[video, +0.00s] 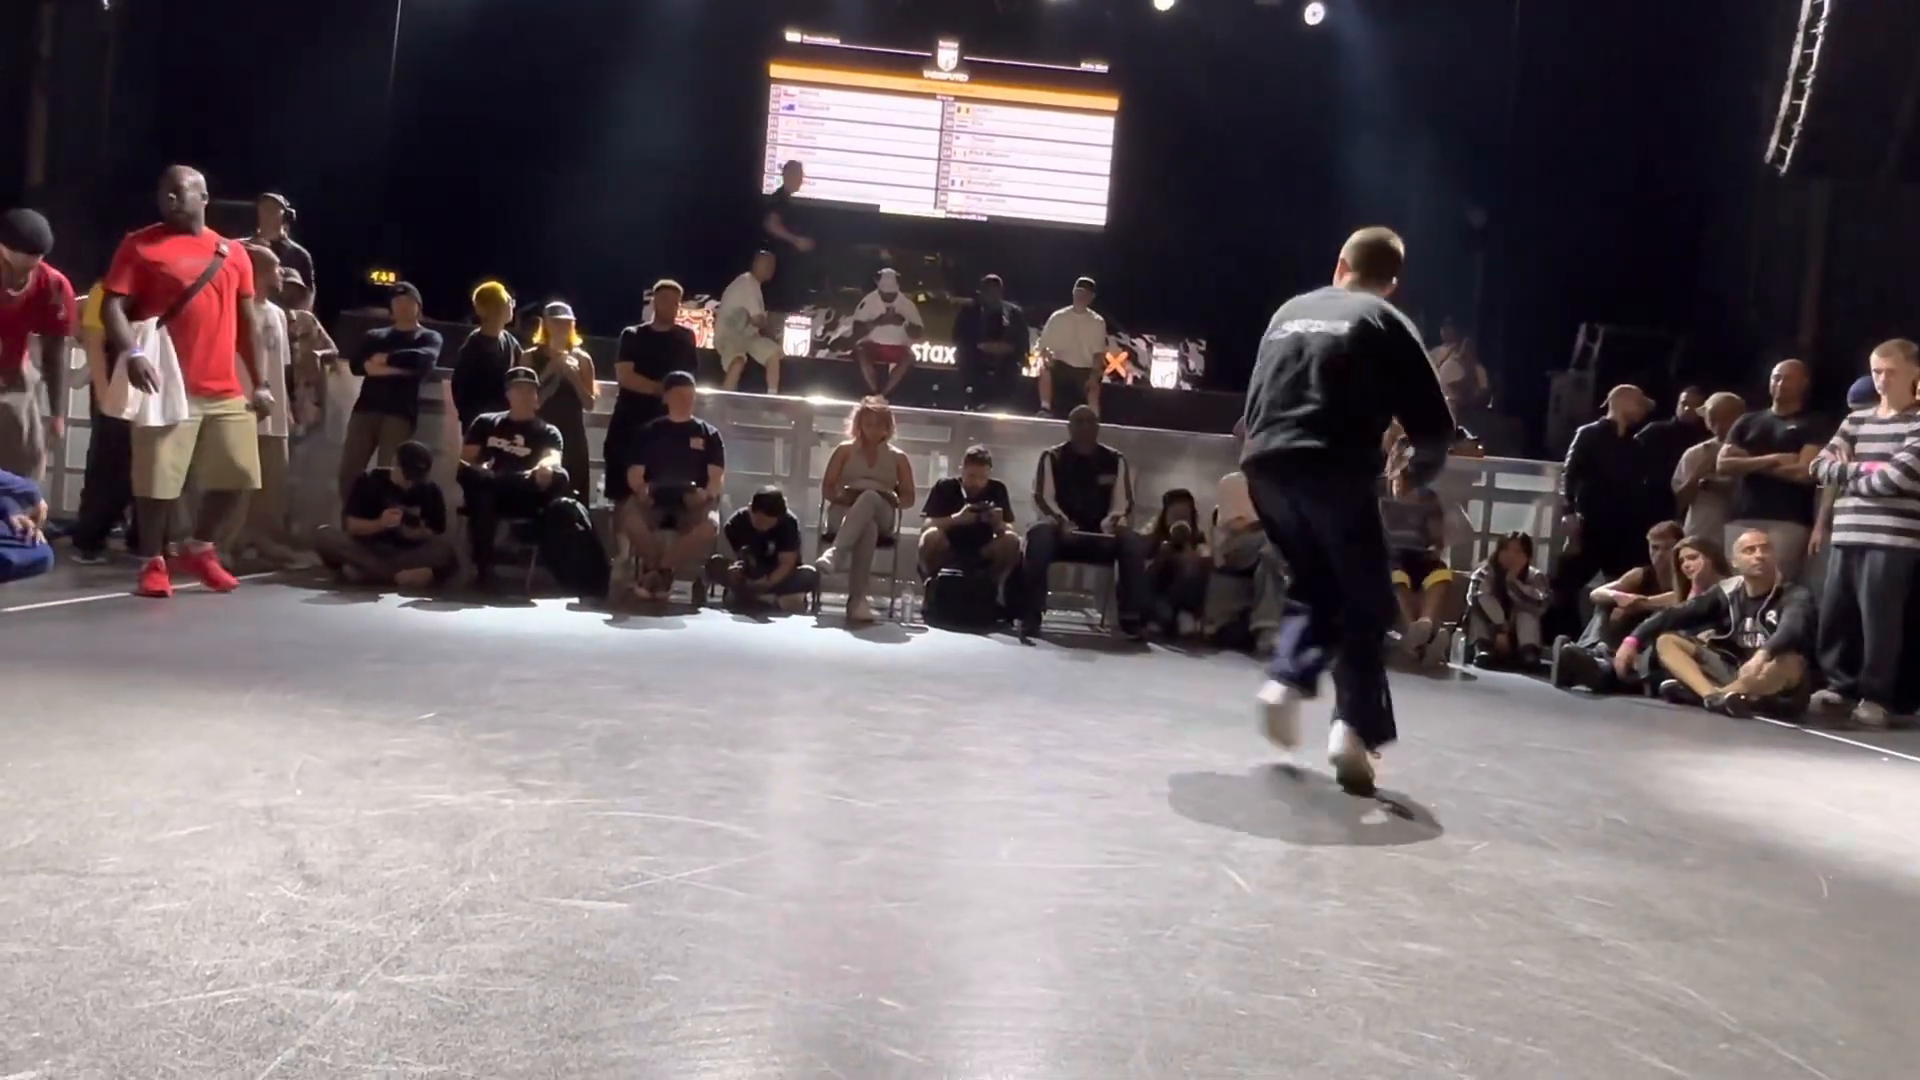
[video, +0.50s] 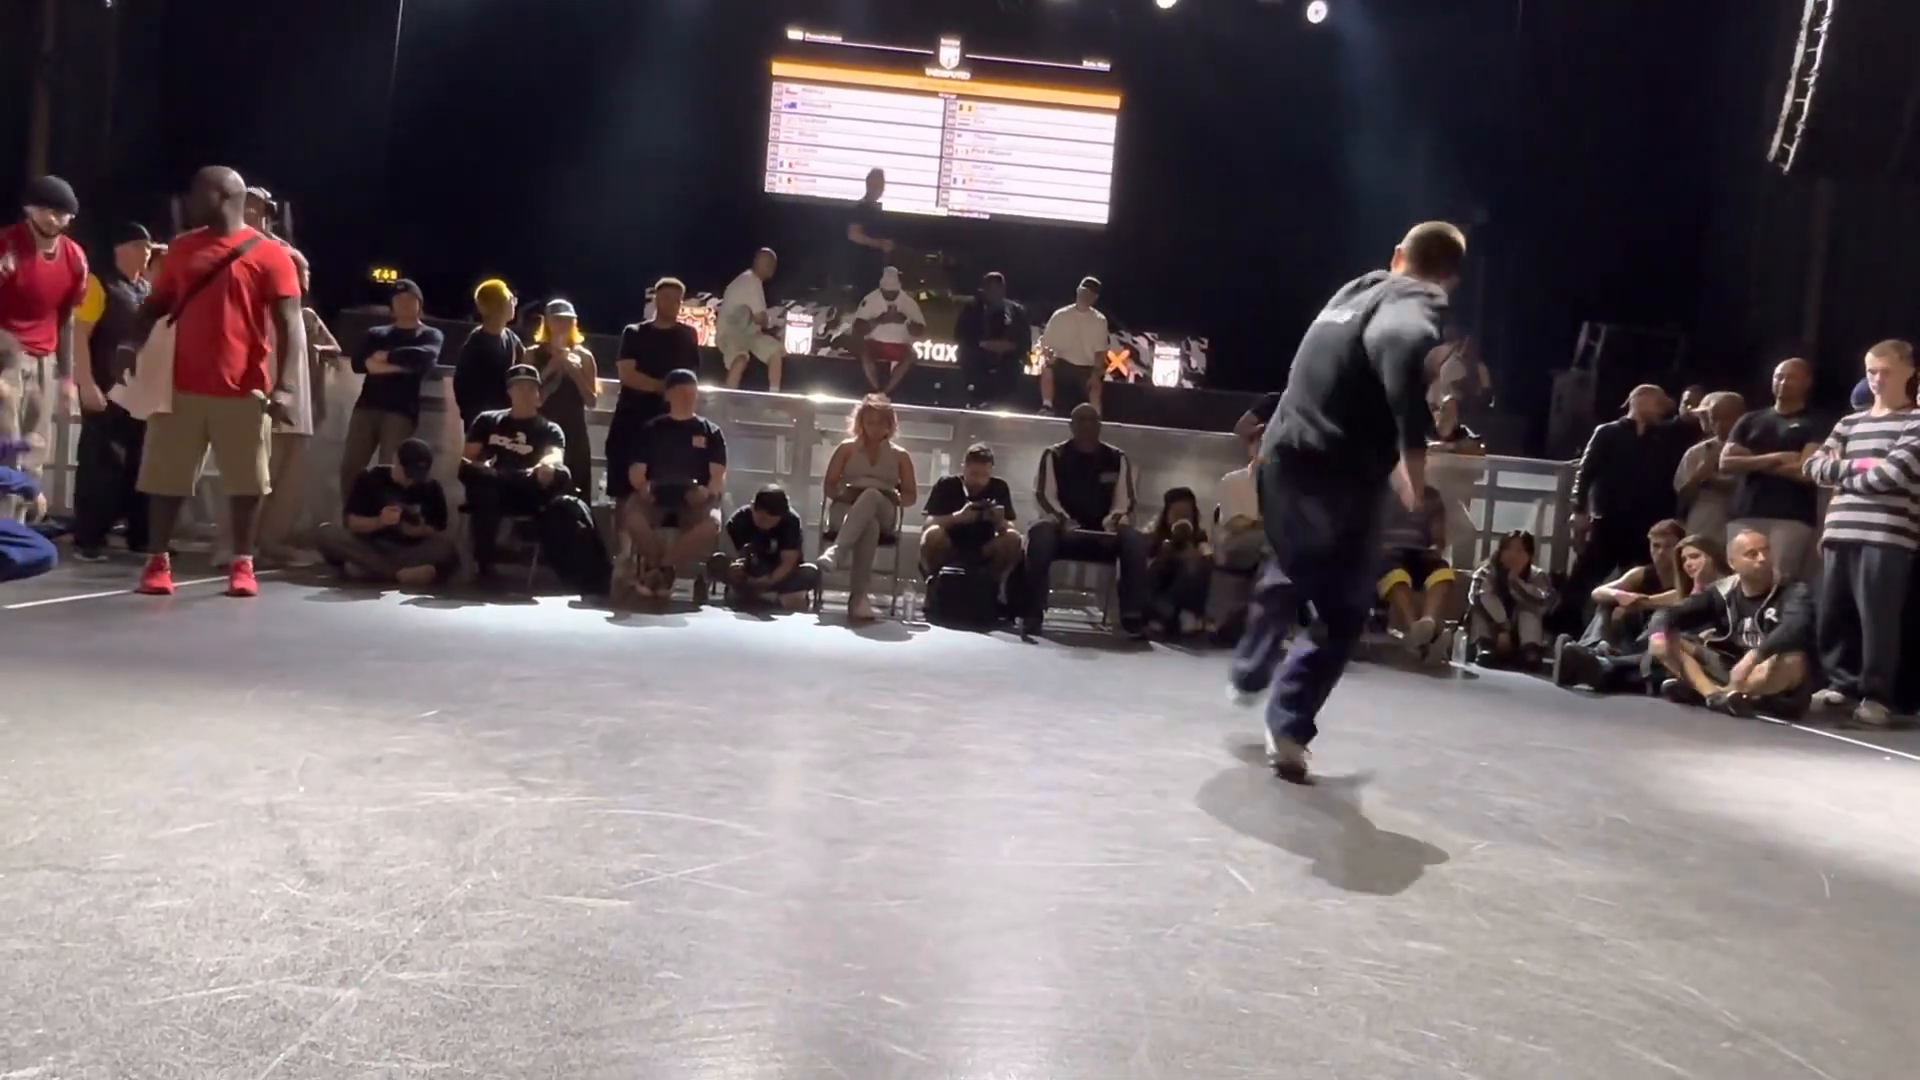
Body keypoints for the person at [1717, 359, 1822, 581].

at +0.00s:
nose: (1780, 383)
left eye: (1787, 379)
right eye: (1776, 378)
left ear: (1803, 384)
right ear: (1770, 383)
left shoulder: (1814, 425)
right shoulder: (1748, 421)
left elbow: (1805, 473)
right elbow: (1722, 464)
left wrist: (1751, 462)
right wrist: (1777, 459)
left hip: (1787, 521)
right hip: (1743, 519)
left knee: (1778, 598)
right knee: (1739, 597)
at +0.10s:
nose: (1780, 383)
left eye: (1787, 378)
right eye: (1777, 377)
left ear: (1804, 383)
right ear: (1770, 382)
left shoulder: (1814, 424)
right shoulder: (1748, 421)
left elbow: (1806, 471)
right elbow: (1723, 464)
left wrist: (1751, 460)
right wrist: (1777, 459)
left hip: (1789, 521)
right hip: (1743, 519)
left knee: (1779, 599)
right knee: (1741, 598)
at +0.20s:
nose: (1781, 382)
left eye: (1788, 378)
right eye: (1777, 377)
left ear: (1804, 383)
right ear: (1771, 382)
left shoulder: (1814, 425)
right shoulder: (1749, 420)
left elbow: (1806, 472)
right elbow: (1724, 463)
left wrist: (1751, 461)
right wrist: (1778, 458)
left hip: (1790, 520)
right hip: (1745, 517)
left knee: (1779, 596)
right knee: (1741, 595)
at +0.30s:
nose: (1781, 382)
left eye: (1789, 378)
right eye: (1778, 377)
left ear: (1805, 384)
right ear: (1772, 381)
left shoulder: (1818, 424)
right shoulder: (1750, 421)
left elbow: (1808, 470)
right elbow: (1725, 463)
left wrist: (1751, 460)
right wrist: (1778, 459)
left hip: (1791, 519)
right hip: (1745, 517)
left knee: (1779, 595)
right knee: (1741, 594)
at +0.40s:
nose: (1782, 382)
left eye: (1790, 377)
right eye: (1779, 376)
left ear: (1806, 383)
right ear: (1773, 381)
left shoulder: (1815, 424)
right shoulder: (1750, 420)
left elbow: (1807, 471)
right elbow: (1725, 462)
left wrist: (1751, 459)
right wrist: (1779, 458)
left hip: (1791, 518)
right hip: (1746, 515)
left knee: (1780, 595)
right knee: (1742, 594)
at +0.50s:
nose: (1782, 382)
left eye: (1790, 378)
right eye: (1779, 377)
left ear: (1806, 383)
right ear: (1773, 382)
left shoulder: (1816, 424)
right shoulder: (1750, 420)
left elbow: (1807, 471)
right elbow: (1725, 463)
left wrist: (1751, 459)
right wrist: (1779, 458)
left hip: (1791, 518)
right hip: (1745, 515)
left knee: (1781, 589)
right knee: (1742, 589)